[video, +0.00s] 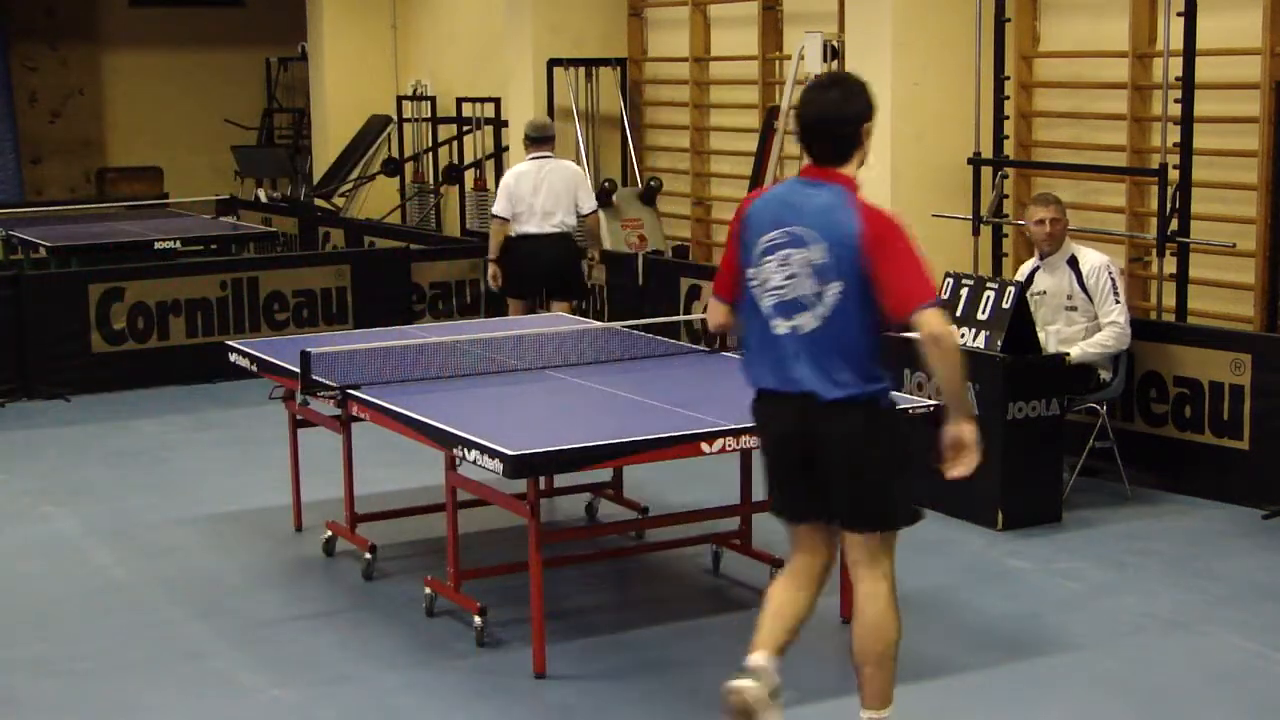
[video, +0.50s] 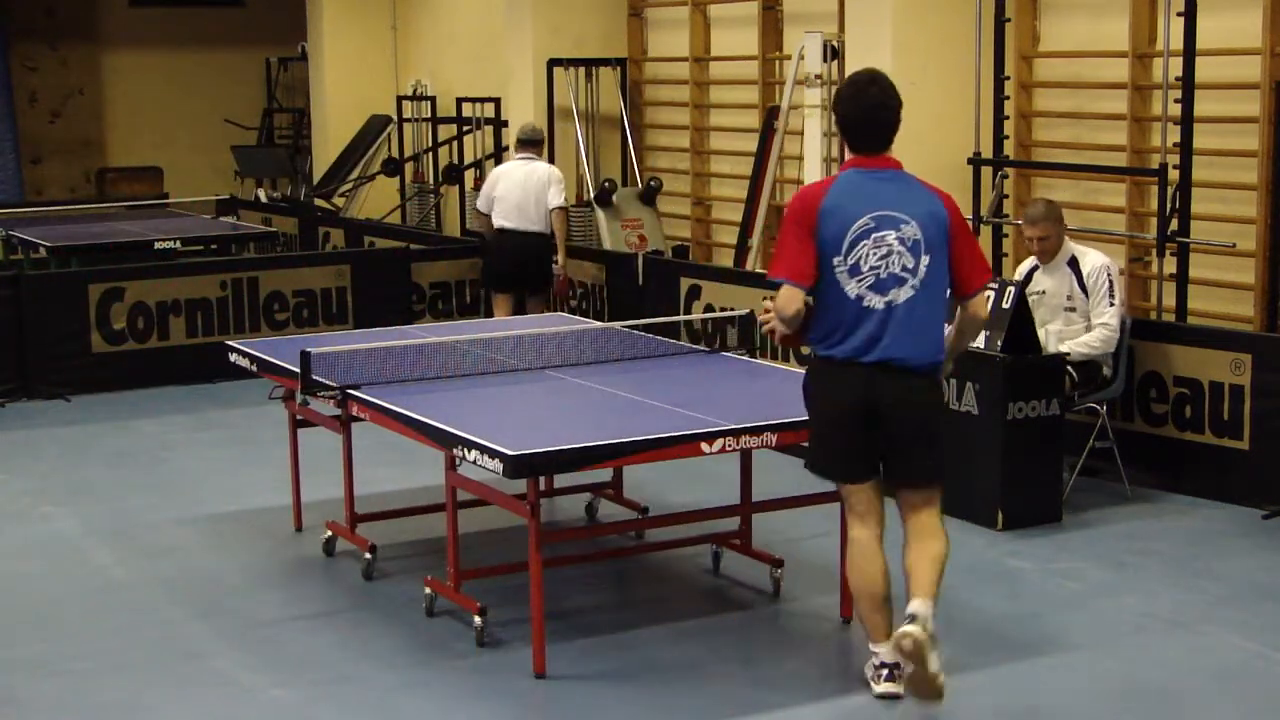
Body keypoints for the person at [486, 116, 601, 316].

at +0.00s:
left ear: (525, 143)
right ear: (553, 142)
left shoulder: (513, 175)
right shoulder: (573, 172)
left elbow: (499, 222)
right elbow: (591, 215)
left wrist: (492, 261)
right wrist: (595, 248)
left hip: (520, 253)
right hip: (562, 252)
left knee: (516, 322)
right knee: (561, 323)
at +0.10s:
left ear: (517, 146)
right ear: (545, 144)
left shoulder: (505, 177)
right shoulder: (563, 173)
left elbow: (490, 222)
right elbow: (585, 217)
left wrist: (481, 259)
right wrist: (589, 249)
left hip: (515, 255)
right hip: (556, 254)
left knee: (511, 322)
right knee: (556, 325)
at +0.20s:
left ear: (512, 143)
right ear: (538, 141)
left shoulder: (499, 174)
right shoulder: (557, 170)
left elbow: (481, 218)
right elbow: (574, 212)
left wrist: (471, 256)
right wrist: (582, 247)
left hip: (509, 253)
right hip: (548, 252)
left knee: (507, 321)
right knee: (553, 321)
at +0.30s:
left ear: (511, 139)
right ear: (536, 138)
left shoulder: (496, 169)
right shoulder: (553, 166)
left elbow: (477, 213)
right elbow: (566, 207)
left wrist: (471, 250)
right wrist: (574, 245)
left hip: (507, 244)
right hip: (544, 244)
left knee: (506, 309)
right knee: (549, 305)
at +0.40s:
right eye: (537, 138)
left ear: (511, 139)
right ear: (537, 139)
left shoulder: (496, 168)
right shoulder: (551, 167)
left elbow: (479, 210)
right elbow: (560, 208)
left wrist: (480, 243)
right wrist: (566, 248)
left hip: (505, 243)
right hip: (540, 242)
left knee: (506, 309)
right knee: (542, 307)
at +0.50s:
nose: (542, 150)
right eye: (542, 146)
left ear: (515, 146)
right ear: (541, 147)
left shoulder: (499, 172)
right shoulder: (551, 173)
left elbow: (482, 213)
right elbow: (558, 212)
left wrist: (495, 240)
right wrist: (561, 256)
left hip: (504, 246)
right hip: (538, 247)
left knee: (502, 315)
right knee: (536, 314)